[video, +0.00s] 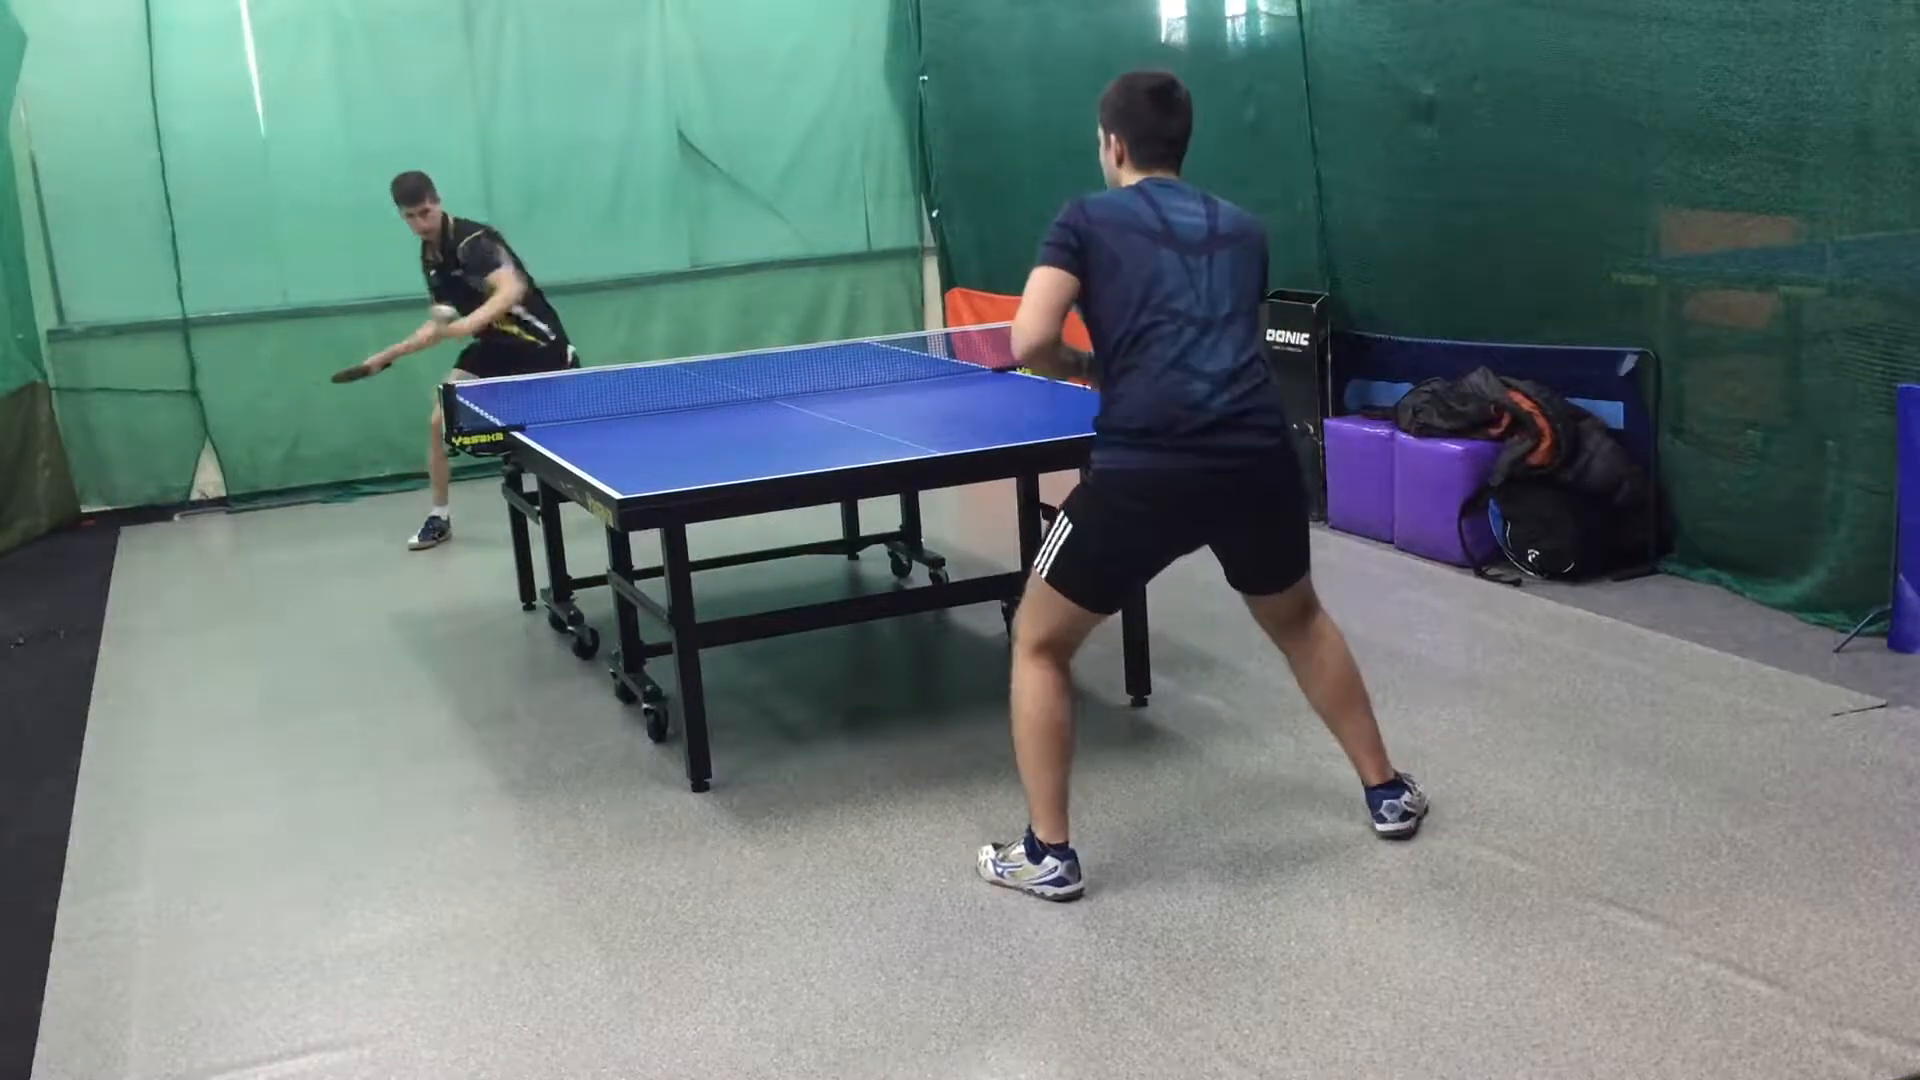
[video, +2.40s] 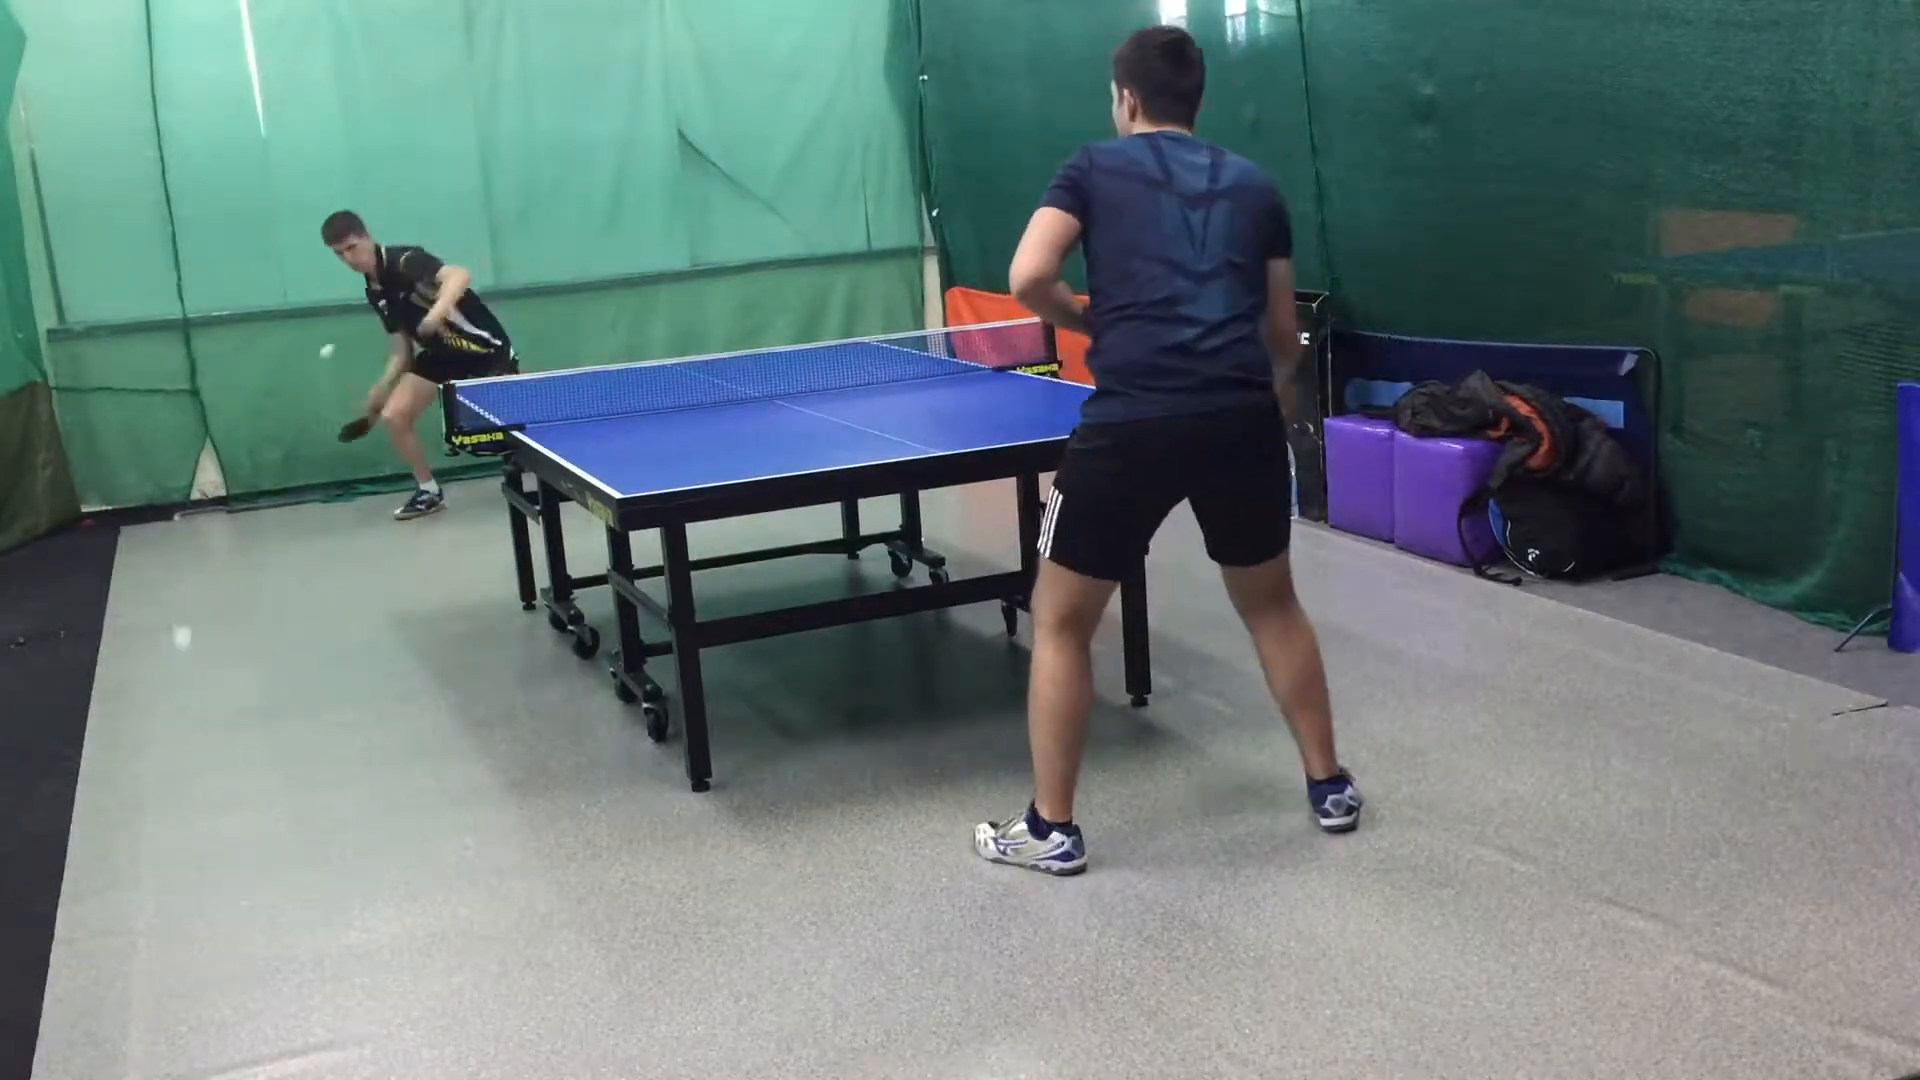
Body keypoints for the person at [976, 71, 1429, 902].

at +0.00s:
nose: (1101, 152)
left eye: (1101, 141)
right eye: (1107, 140)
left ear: (1113, 146)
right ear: (1184, 145)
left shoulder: (1087, 218)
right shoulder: (1243, 227)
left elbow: (1033, 340)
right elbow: (1236, 334)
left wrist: (1078, 367)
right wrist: (1132, 356)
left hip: (1142, 479)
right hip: (1256, 472)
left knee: (1040, 645)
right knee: (1301, 621)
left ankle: (1048, 850)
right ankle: (1387, 792)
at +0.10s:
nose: (1114, 138)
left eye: (1115, 126)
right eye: (1122, 126)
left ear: (1126, 133)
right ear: (1198, 133)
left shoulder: (1093, 206)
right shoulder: (1256, 216)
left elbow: (1039, 325)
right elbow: (1277, 337)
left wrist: (1100, 350)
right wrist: (1202, 336)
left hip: (1143, 465)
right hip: (1256, 460)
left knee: (1054, 644)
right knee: (1304, 616)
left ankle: (1049, 848)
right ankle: (1386, 792)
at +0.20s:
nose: (1131, 125)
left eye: (1132, 114)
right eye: (1136, 113)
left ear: (1145, 122)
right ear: (1218, 124)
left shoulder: (1098, 198)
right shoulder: (1269, 210)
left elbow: (1039, 314)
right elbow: (1297, 352)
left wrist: (1099, 340)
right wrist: (1314, 396)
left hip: (1138, 452)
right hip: (1252, 448)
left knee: (1058, 640)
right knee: (1314, 612)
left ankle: (1047, 845)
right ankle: (1387, 793)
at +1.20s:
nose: (1143, 114)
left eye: (1138, 103)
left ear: (1140, 109)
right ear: (1217, 108)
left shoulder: (1094, 194)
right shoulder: (1257, 178)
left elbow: (1075, 338)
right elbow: (1278, 308)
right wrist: (1362, 380)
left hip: (1116, 448)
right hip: (1232, 445)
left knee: (1059, 637)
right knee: (1300, 617)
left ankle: (1042, 832)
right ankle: (1372, 793)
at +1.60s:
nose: (1149, 78)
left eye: (1146, 65)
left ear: (1152, 71)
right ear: (1229, 69)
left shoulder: (1102, 151)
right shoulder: (1268, 151)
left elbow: (1096, 275)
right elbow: (1290, 312)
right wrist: (1276, 306)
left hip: (1104, 425)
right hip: (1218, 423)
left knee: (1078, 623)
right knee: (1253, 612)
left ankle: (1053, 819)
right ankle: (1267, 799)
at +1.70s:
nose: (1136, 81)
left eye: (1135, 69)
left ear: (1143, 74)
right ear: (1220, 73)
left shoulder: (1095, 153)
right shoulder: (1270, 159)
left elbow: (1054, 297)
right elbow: (1284, 286)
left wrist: (1098, 355)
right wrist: (1217, 300)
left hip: (1106, 427)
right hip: (1222, 424)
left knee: (1077, 623)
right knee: (1252, 609)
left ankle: (1053, 824)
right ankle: (1266, 799)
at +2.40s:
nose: (1114, 107)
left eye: (1114, 96)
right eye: (1121, 95)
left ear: (1124, 99)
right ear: (1198, 101)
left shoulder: (1096, 168)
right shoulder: (1252, 184)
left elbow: (1029, 279)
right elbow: (1282, 331)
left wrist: (1090, 320)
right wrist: (1278, 374)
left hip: (1128, 431)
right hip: (1239, 425)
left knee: (1062, 625)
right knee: (1272, 604)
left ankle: (1053, 827)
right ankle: (1329, 786)